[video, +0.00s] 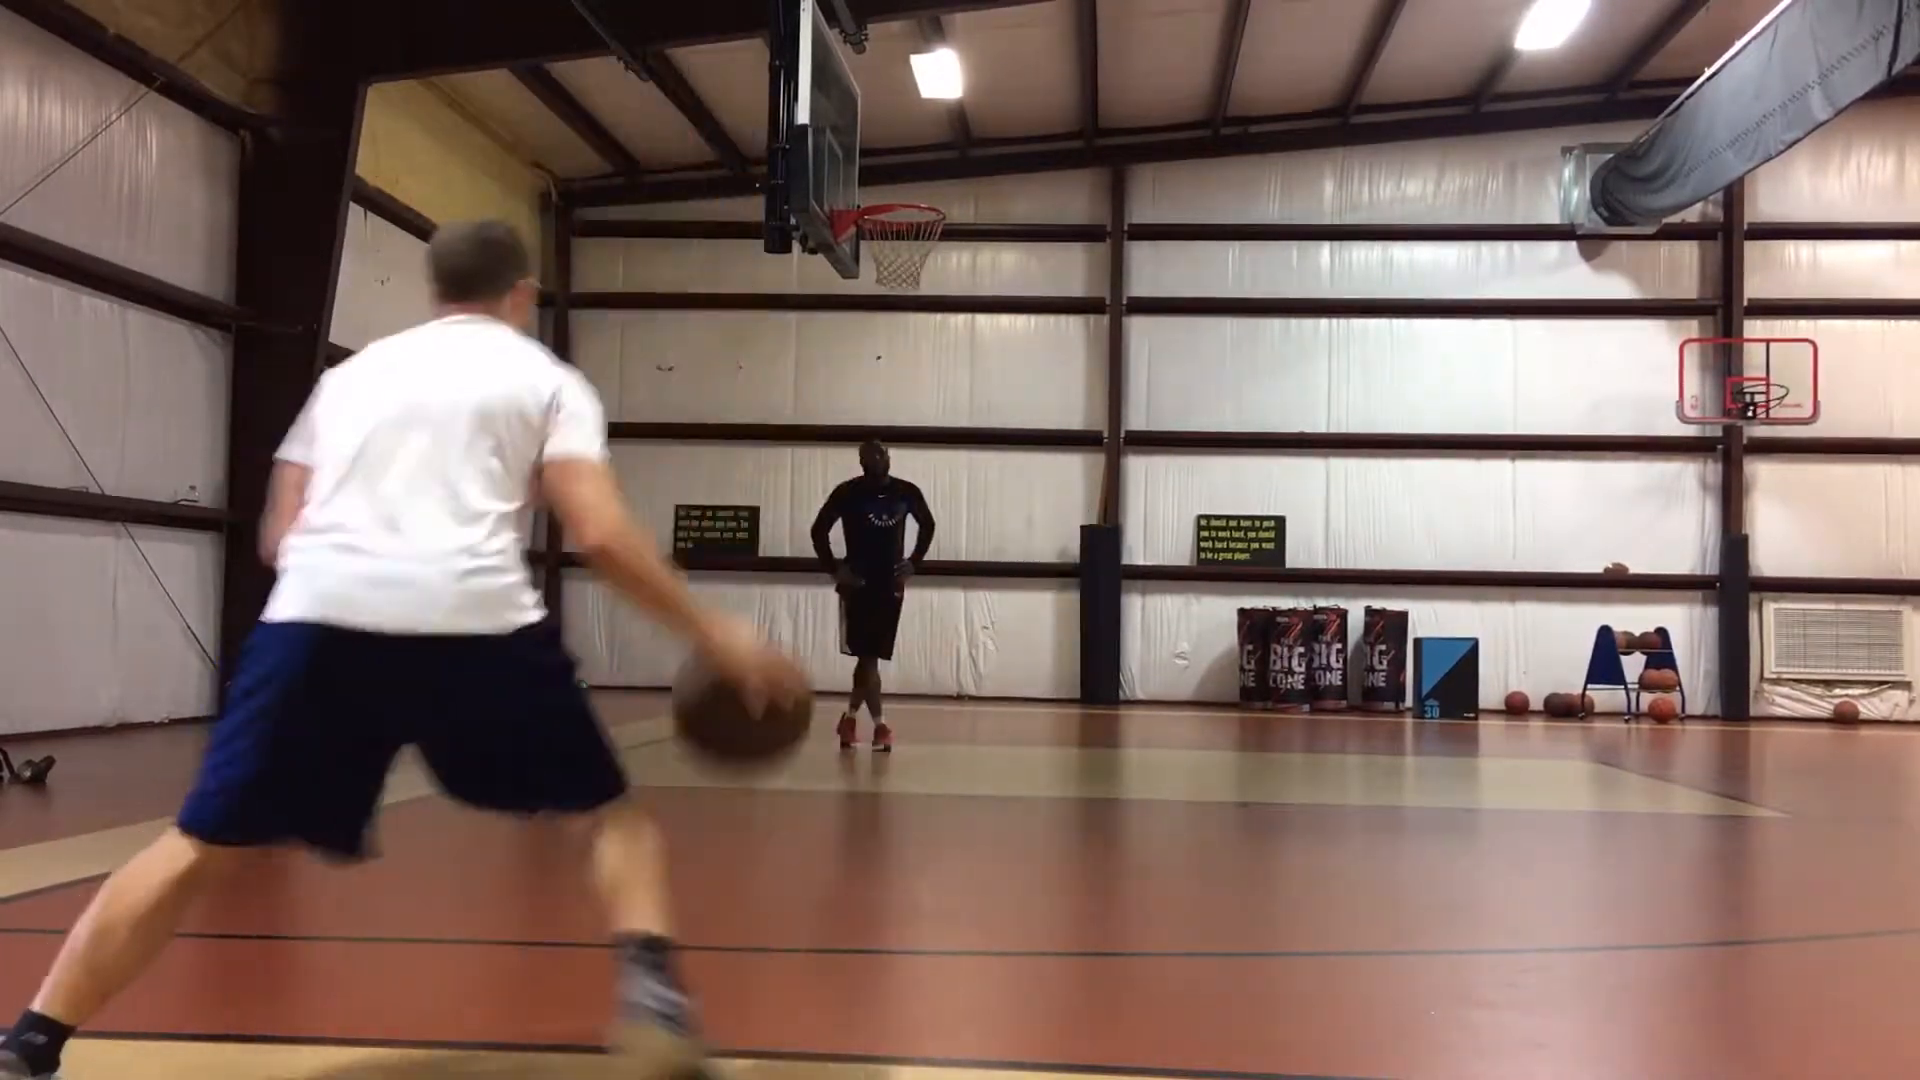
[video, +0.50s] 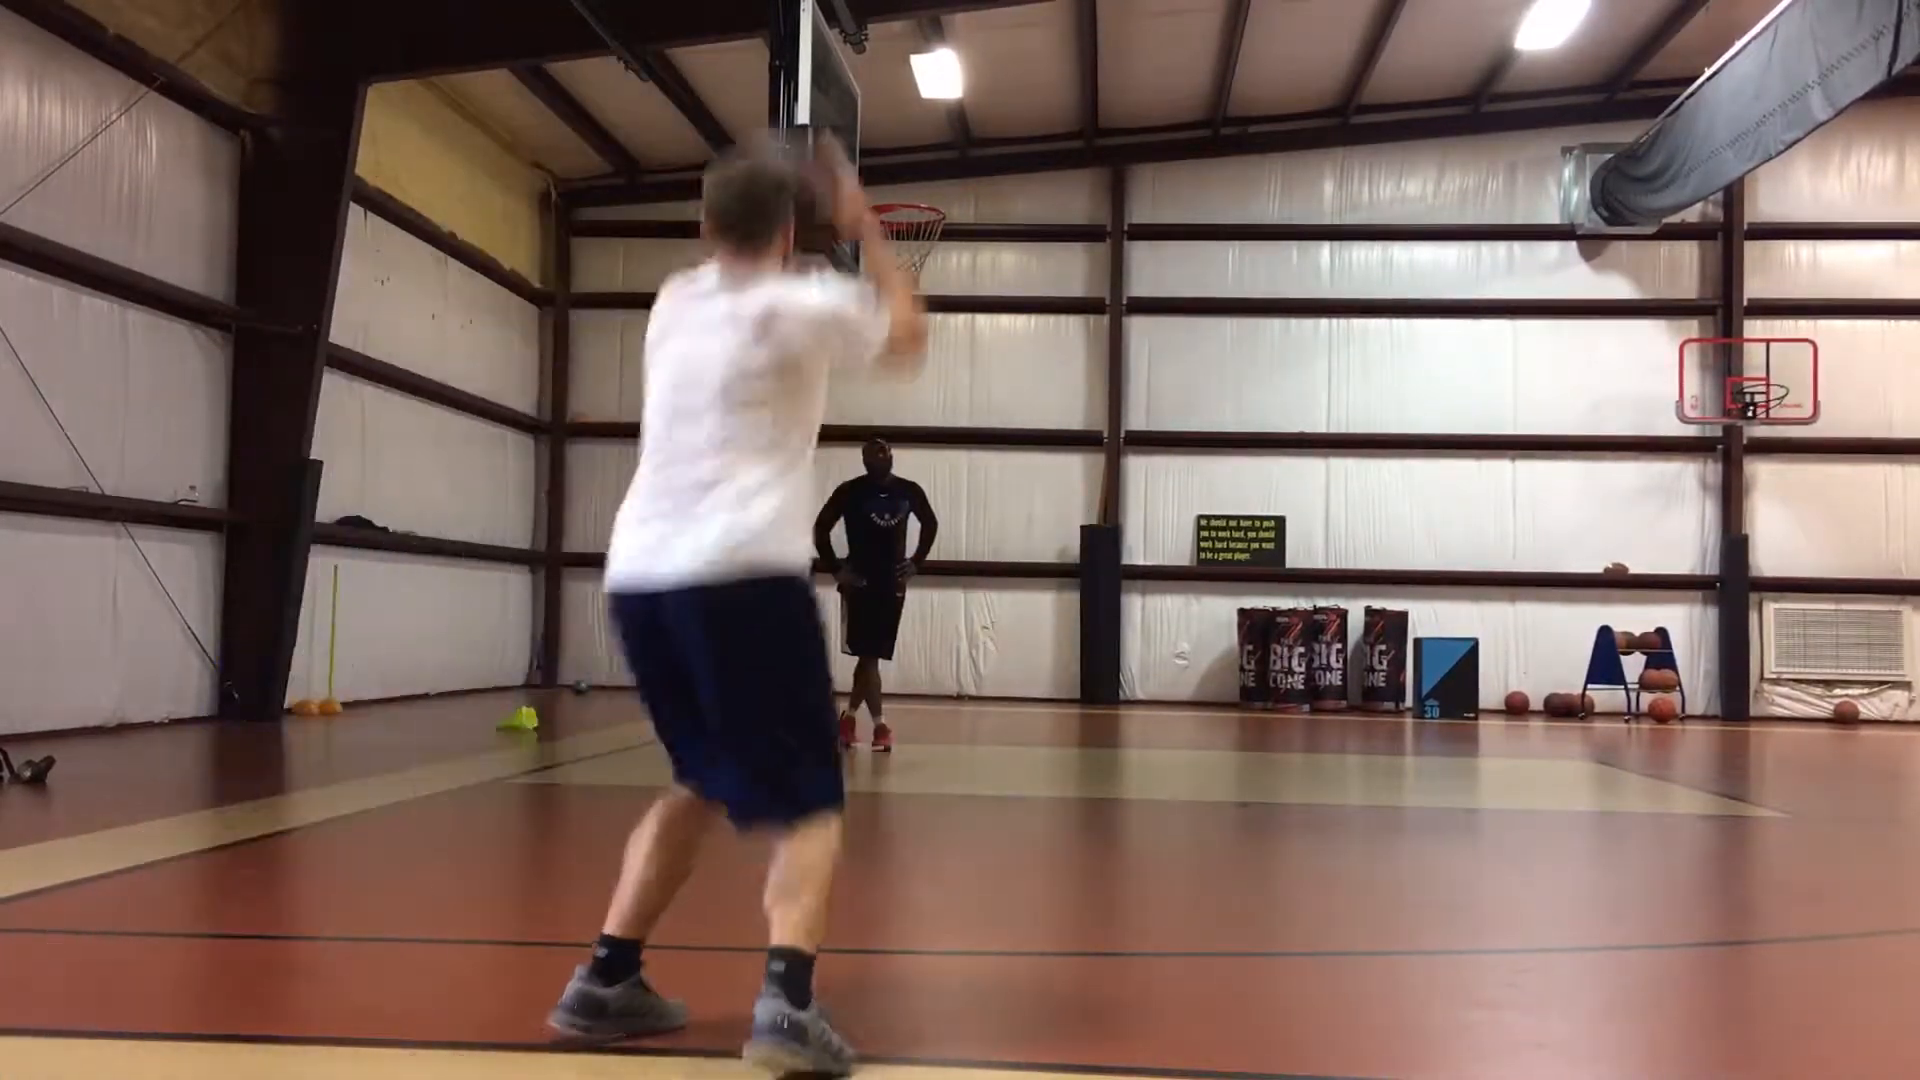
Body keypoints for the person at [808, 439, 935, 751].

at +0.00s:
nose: (878, 461)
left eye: (881, 455)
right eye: (872, 457)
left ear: (888, 457)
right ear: (861, 461)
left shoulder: (907, 493)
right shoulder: (846, 493)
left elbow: (927, 525)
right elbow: (818, 531)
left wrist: (914, 562)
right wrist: (835, 570)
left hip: (889, 581)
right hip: (856, 581)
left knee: (871, 654)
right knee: (867, 653)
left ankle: (849, 717)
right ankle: (879, 725)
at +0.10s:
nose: (879, 458)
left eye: (881, 453)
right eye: (872, 454)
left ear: (888, 457)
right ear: (861, 460)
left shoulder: (907, 492)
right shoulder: (846, 493)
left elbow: (928, 525)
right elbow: (819, 531)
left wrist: (914, 562)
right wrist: (836, 570)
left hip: (890, 581)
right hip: (857, 581)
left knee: (871, 654)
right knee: (867, 653)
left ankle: (849, 717)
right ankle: (879, 725)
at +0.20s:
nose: (879, 458)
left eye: (882, 452)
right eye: (872, 454)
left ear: (888, 456)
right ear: (862, 460)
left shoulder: (908, 491)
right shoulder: (847, 492)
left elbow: (928, 524)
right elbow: (820, 531)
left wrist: (915, 561)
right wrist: (836, 570)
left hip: (890, 581)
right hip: (857, 581)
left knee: (872, 654)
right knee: (867, 653)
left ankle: (849, 716)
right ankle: (879, 725)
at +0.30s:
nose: (881, 460)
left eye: (884, 454)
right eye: (874, 455)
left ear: (889, 457)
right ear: (862, 460)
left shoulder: (908, 491)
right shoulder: (846, 492)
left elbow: (928, 523)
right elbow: (820, 533)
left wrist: (915, 561)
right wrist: (834, 567)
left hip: (890, 580)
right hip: (856, 579)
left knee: (872, 654)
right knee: (867, 653)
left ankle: (848, 716)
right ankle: (879, 724)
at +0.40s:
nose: (878, 465)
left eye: (882, 458)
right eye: (871, 459)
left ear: (890, 460)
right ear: (861, 463)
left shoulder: (907, 491)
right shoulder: (848, 494)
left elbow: (929, 524)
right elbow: (819, 531)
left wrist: (916, 561)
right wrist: (835, 569)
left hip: (891, 576)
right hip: (856, 577)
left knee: (871, 654)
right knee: (867, 654)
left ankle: (849, 715)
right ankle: (879, 724)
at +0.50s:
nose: (883, 455)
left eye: (886, 450)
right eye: (876, 451)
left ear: (891, 456)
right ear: (865, 459)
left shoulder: (909, 491)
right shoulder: (849, 492)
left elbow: (930, 524)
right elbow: (820, 529)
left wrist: (916, 561)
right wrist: (837, 569)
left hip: (891, 580)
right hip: (858, 580)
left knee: (872, 653)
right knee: (868, 652)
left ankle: (848, 716)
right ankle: (880, 724)